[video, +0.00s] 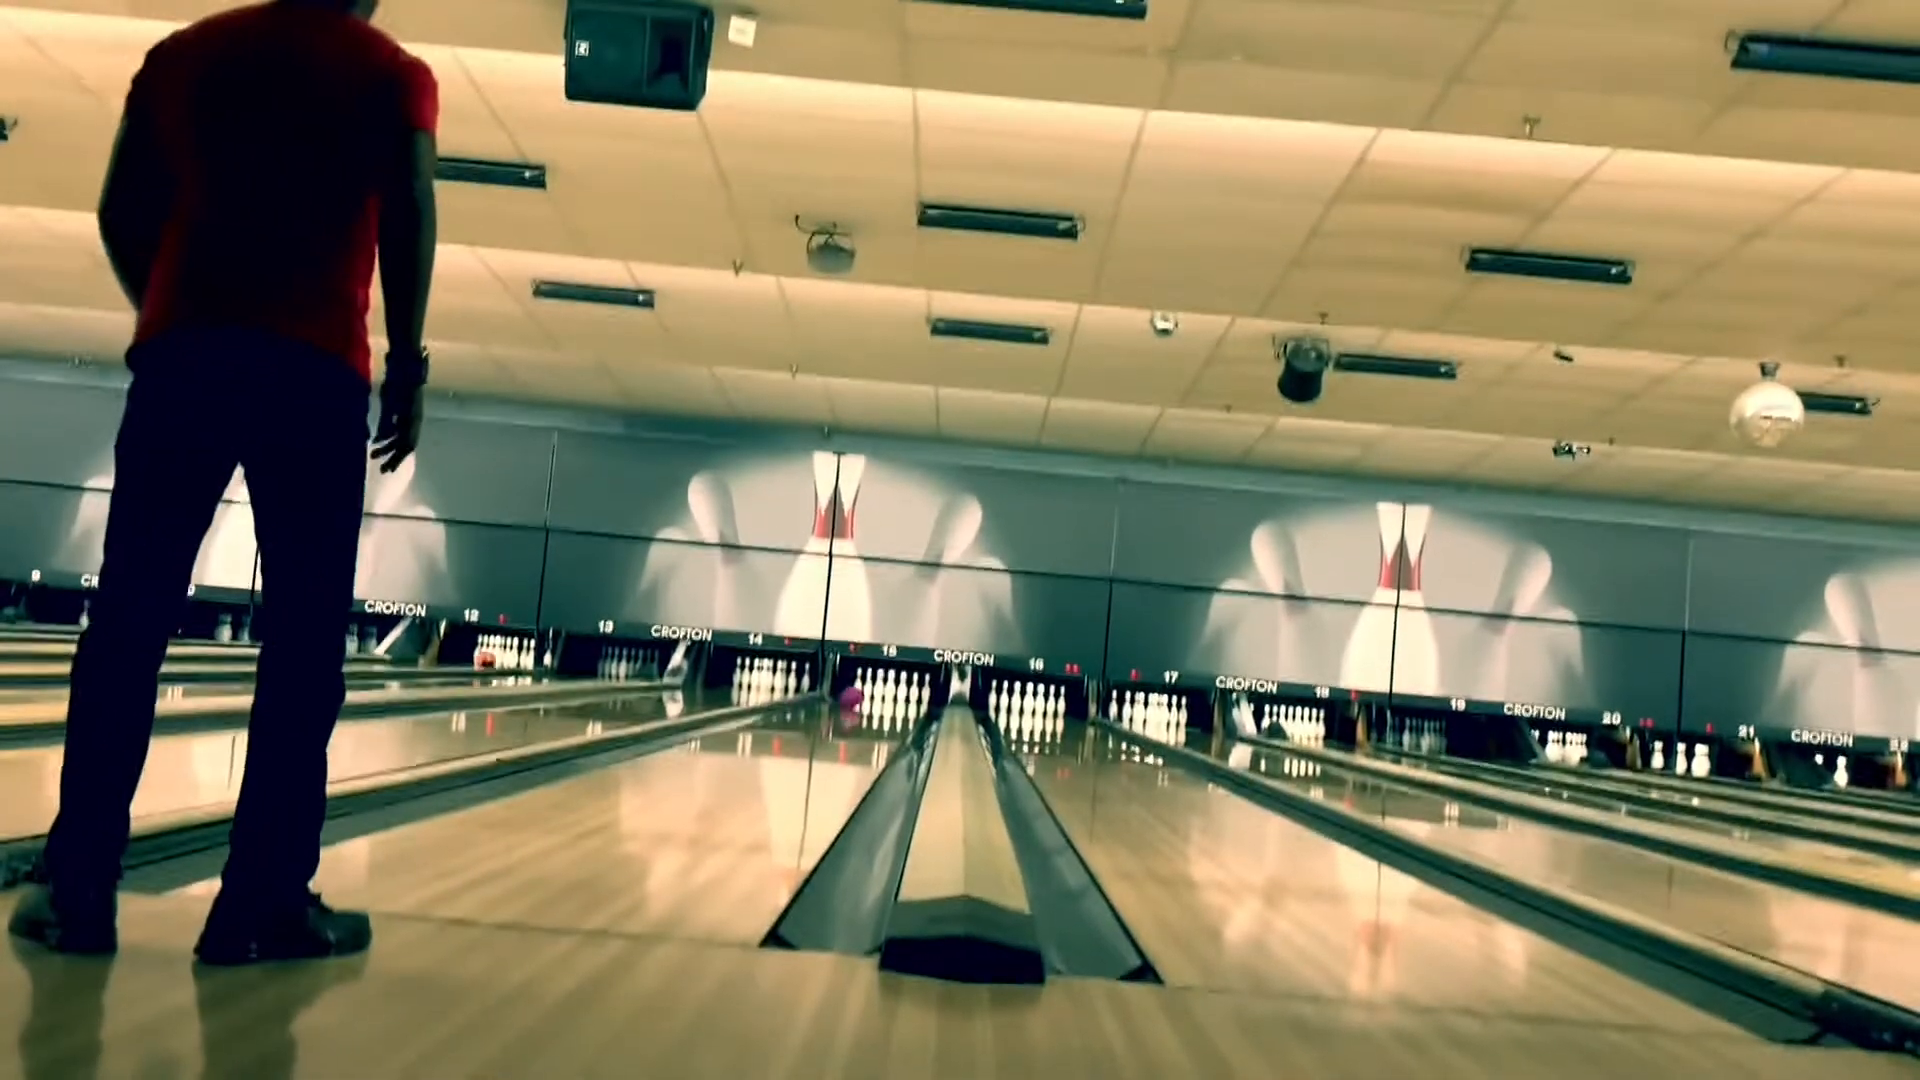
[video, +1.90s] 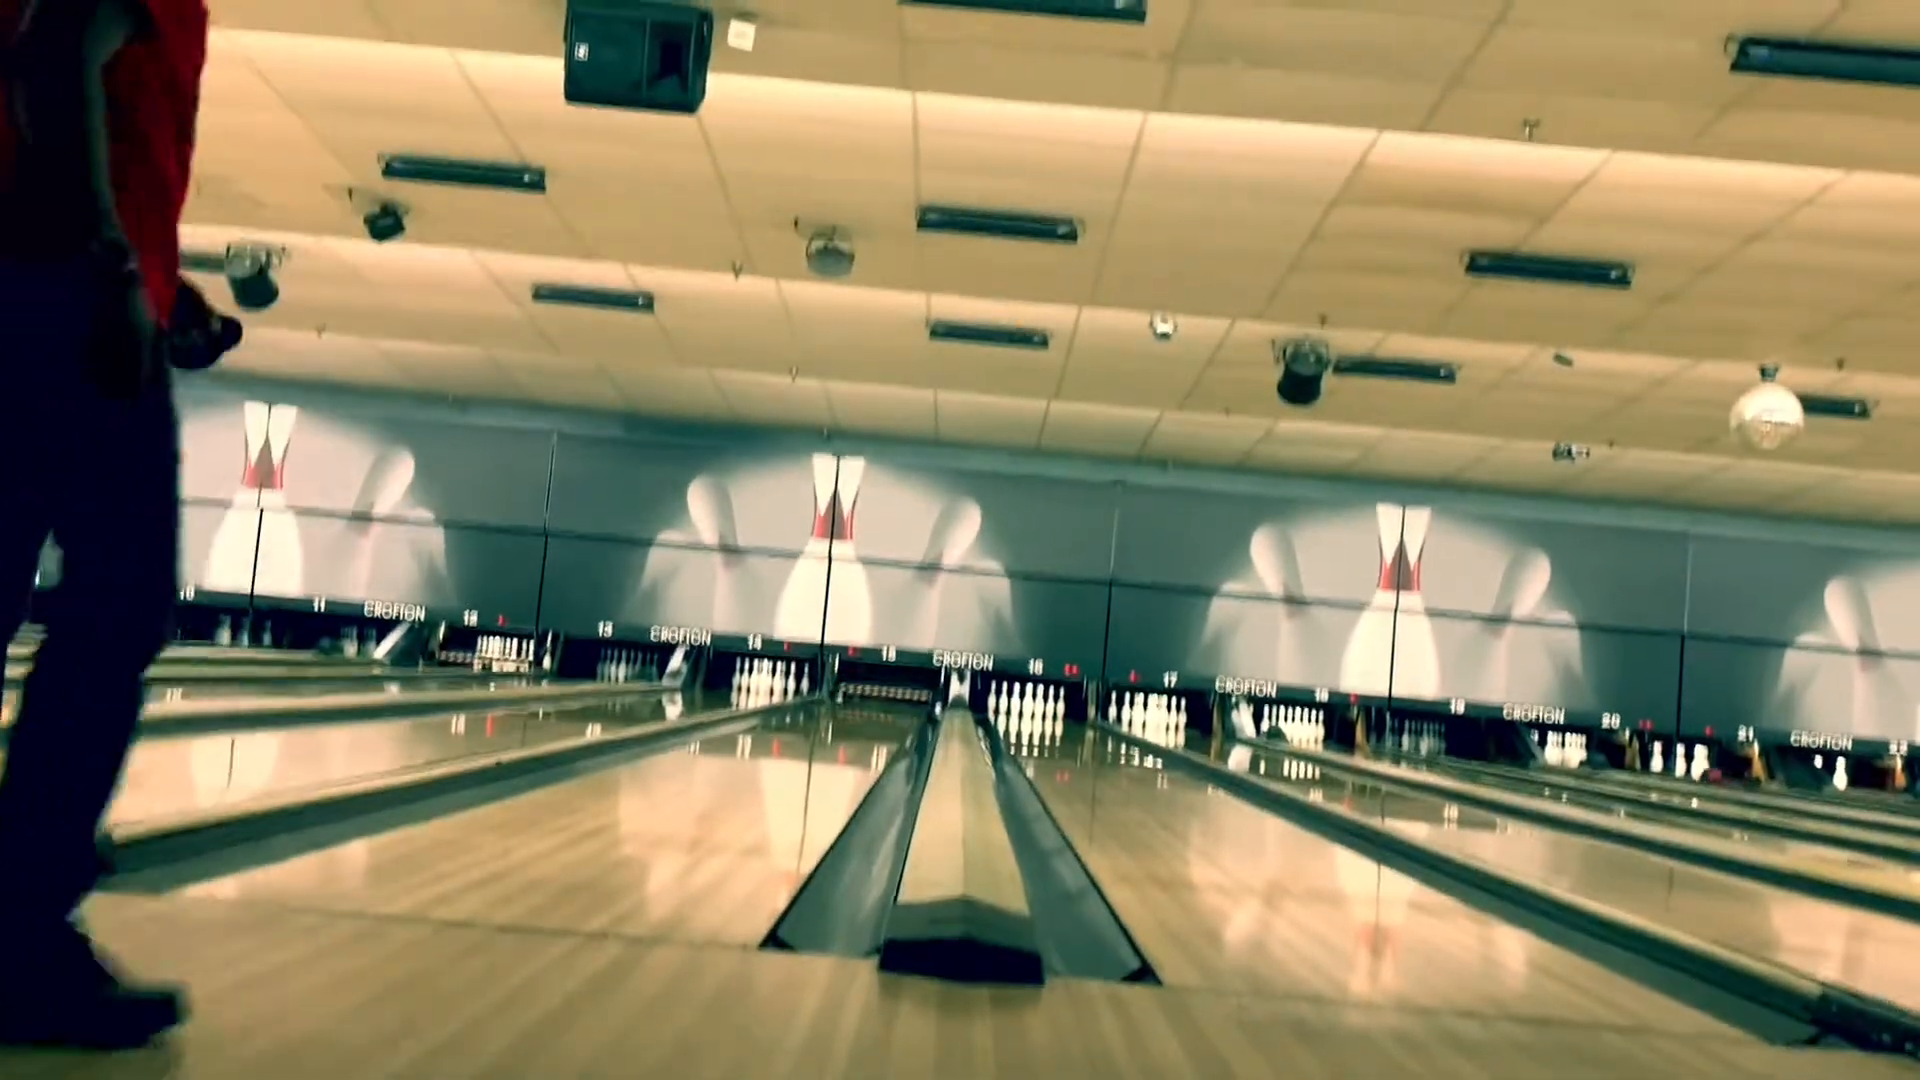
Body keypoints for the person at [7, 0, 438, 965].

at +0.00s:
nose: (381, 1)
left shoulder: (179, 53)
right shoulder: (394, 70)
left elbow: (121, 216)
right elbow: (409, 217)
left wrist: (179, 320)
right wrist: (405, 358)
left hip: (180, 366)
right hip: (313, 376)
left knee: (126, 622)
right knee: (304, 645)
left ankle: (78, 899)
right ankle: (262, 908)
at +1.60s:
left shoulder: (92, 11)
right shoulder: (309, 4)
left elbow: (45, 185)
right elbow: (281, 138)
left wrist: (138, 277)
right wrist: (310, 324)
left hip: (78, 323)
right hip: (218, 331)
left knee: (30, 620)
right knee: (240, 631)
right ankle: (260, 893)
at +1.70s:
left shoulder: (64, 5)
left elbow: (19, 141)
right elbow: (233, 87)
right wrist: (246, 288)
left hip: (42, 295)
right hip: (177, 304)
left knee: (12, 613)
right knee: (218, 606)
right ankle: (215, 897)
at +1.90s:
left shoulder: (174, 16)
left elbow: (110, 141)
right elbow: (62, 79)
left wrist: (168, 287)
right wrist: (115, 286)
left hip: (78, 305)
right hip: (73, 308)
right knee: (120, 605)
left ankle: (35, 940)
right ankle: (31, 945)